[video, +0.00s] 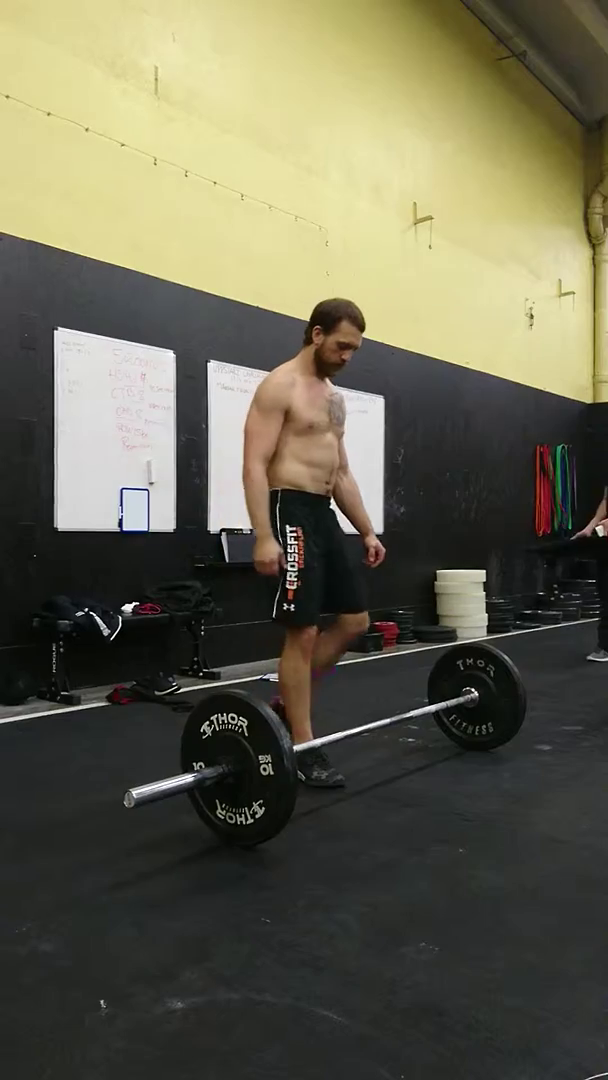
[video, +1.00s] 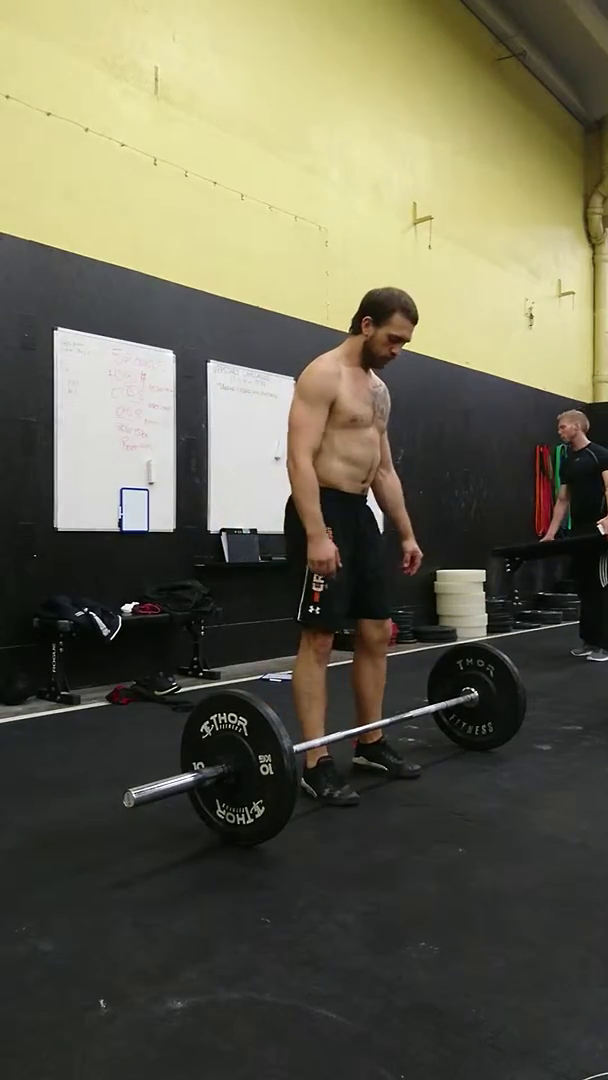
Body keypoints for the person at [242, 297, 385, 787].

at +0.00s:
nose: (347, 356)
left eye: (353, 349)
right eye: (342, 346)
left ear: (353, 346)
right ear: (315, 335)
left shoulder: (333, 397)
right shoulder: (279, 384)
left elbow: (339, 473)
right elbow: (254, 463)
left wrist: (366, 531)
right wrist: (263, 535)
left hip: (324, 515)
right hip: (289, 512)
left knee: (352, 621)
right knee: (302, 635)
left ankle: (284, 696)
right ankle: (304, 748)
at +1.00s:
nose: (398, 351)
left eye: (404, 343)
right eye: (394, 340)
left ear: (396, 337)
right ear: (365, 325)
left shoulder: (379, 388)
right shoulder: (323, 374)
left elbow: (383, 468)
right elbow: (299, 458)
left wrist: (405, 531)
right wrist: (316, 534)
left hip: (363, 516)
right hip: (323, 515)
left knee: (375, 635)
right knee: (318, 640)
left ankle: (371, 742)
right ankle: (316, 761)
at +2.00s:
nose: (398, 346)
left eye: (405, 338)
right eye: (393, 336)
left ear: (402, 334)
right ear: (365, 323)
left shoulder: (389, 385)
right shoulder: (324, 374)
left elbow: (389, 464)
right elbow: (289, 454)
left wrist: (402, 529)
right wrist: (309, 524)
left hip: (373, 515)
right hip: (333, 515)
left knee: (369, 639)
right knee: (329, 640)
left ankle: (372, 746)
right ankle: (319, 761)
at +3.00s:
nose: (459, 467)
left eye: (466, 461)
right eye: (458, 457)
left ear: (442, 440)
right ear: (434, 435)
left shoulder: (431, 483)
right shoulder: (374, 467)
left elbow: (417, 558)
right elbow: (346, 560)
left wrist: (411, 633)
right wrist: (337, 644)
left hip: (351, 535)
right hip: (301, 528)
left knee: (377, 637)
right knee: (326, 641)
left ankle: (372, 745)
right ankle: (319, 762)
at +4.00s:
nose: (469, 511)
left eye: (475, 504)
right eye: (465, 500)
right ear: (436, 483)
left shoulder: (444, 537)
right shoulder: (382, 528)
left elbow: (426, 612)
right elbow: (349, 623)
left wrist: (419, 683)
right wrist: (338, 703)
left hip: (350, 563)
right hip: (303, 554)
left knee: (399, 642)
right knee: (355, 645)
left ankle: (374, 747)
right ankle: (322, 763)